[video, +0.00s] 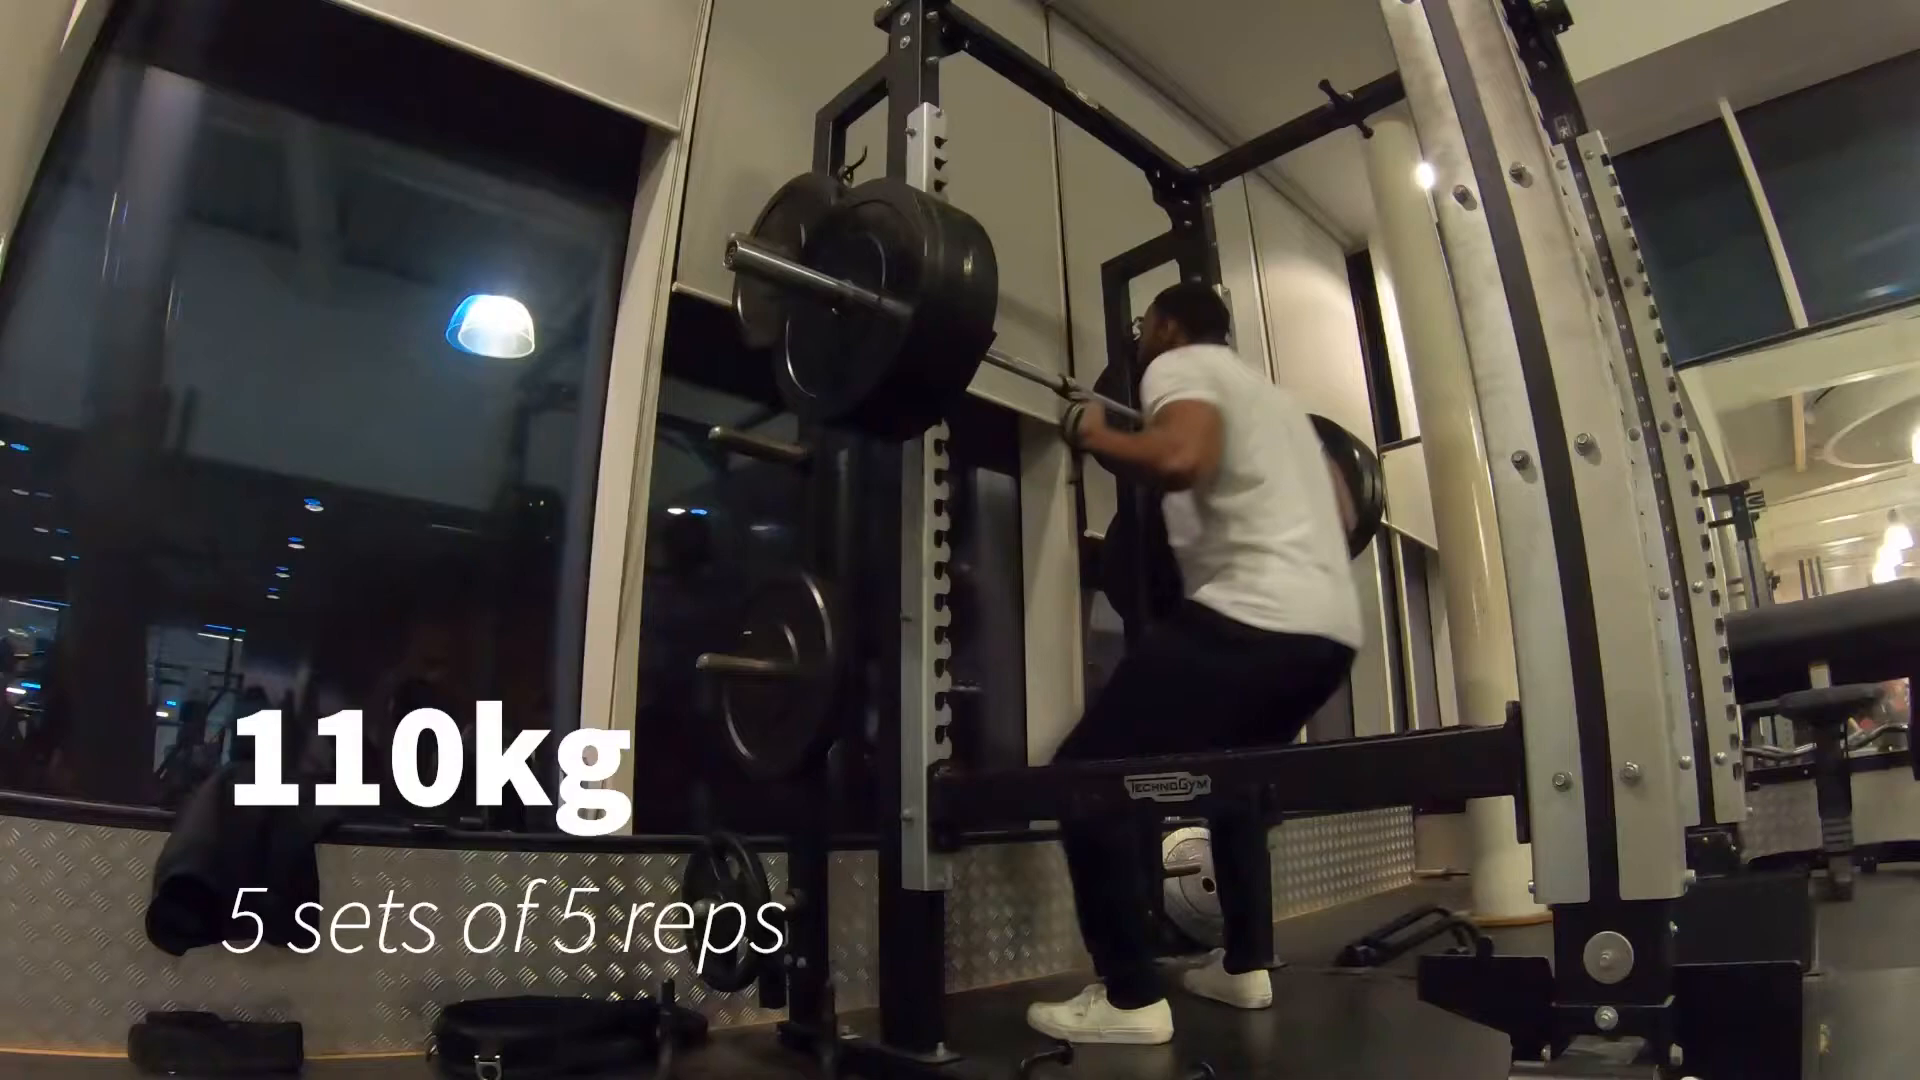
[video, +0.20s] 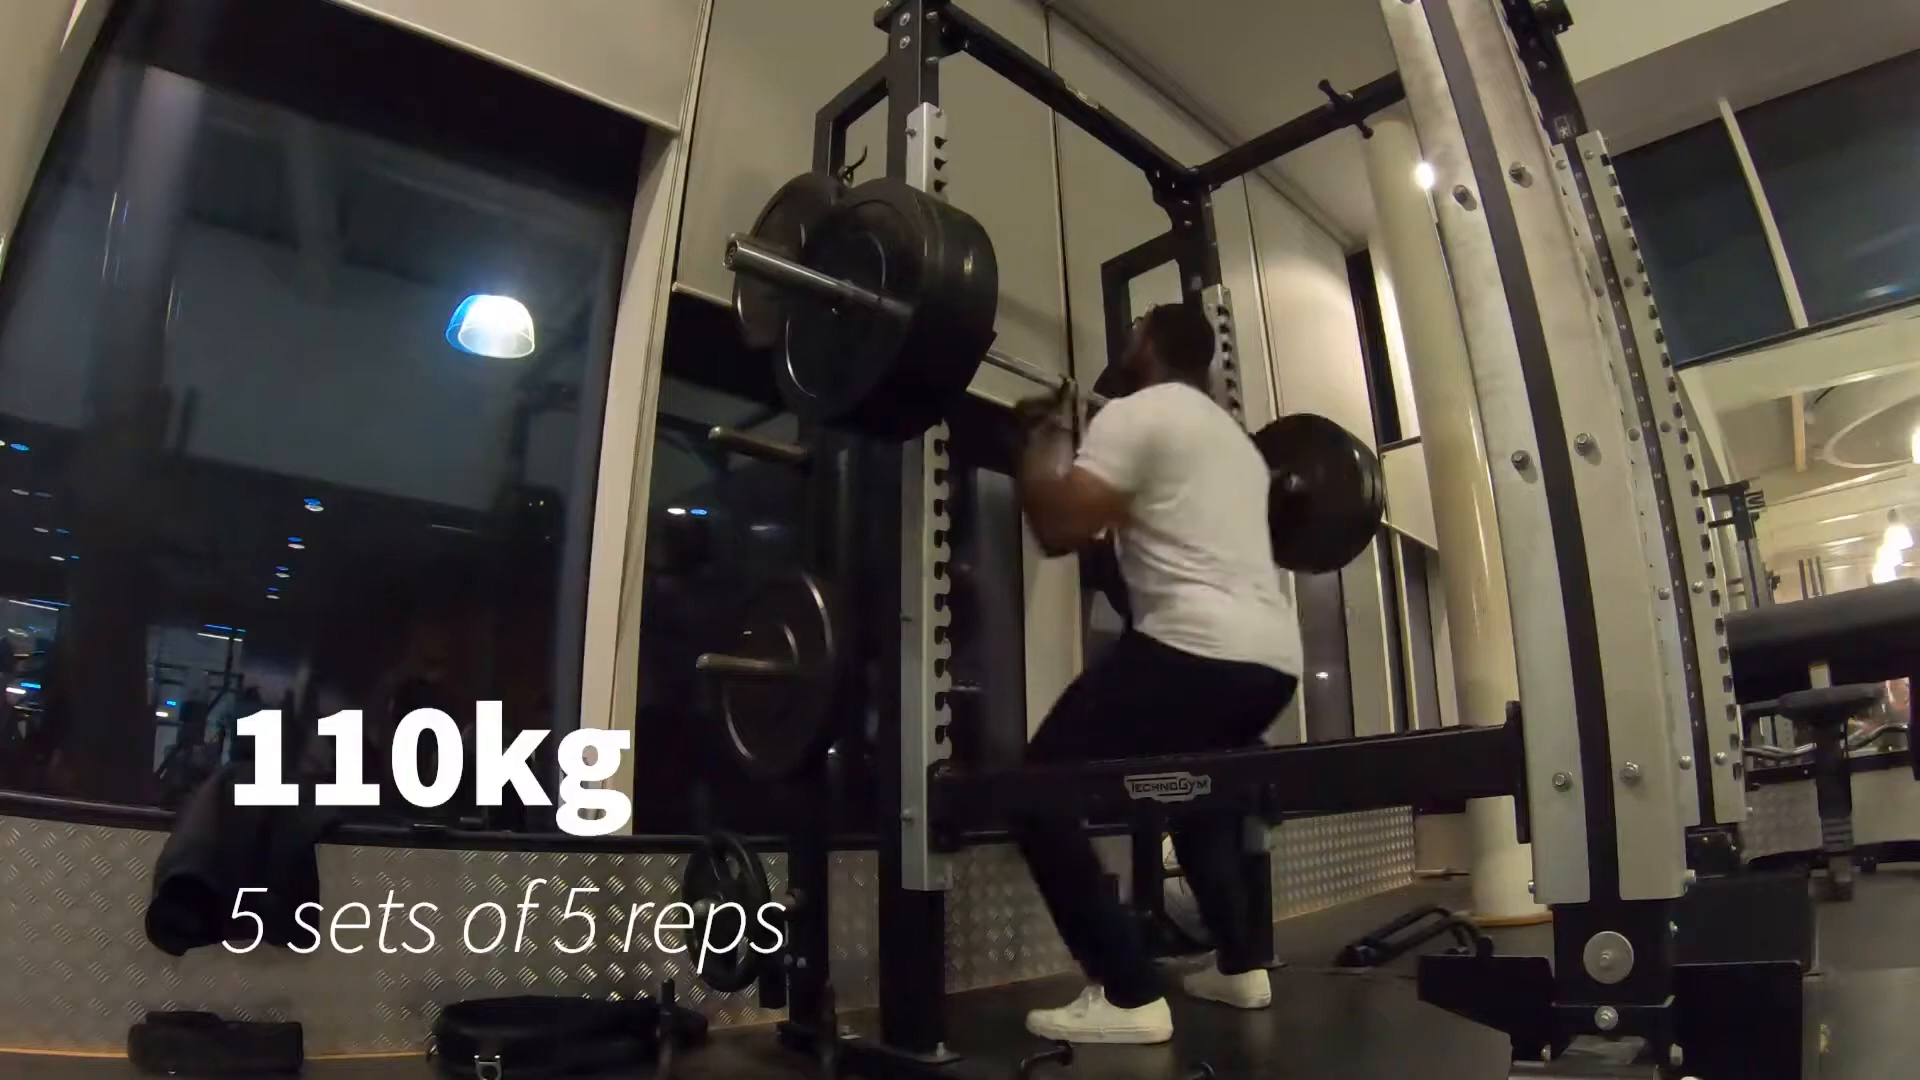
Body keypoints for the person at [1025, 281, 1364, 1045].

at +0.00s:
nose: (1142, 342)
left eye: (1146, 330)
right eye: (1145, 331)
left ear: (1167, 323)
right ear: (1218, 329)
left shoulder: (1183, 365)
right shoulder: (1277, 398)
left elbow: (1185, 452)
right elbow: (1342, 512)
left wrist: (1098, 437)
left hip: (1249, 621)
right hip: (1326, 635)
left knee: (1084, 777)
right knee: (1234, 779)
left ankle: (1130, 997)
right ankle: (1248, 966)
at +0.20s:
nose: (1123, 358)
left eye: (1131, 345)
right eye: (1130, 345)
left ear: (1149, 350)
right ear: (1200, 363)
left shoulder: (1137, 415)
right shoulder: (1238, 439)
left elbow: (1055, 524)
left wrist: (1040, 443)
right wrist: (1091, 465)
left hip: (1184, 653)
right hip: (1270, 668)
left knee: (1039, 795)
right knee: (1193, 786)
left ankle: (1127, 996)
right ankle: (1242, 964)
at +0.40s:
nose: (1124, 346)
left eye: (1133, 336)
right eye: (1131, 336)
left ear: (1147, 348)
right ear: (1196, 367)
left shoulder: (1107, 421)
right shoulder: (1213, 443)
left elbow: (988, 453)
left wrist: (1037, 367)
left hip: (1146, 661)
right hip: (1234, 673)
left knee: (1008, 805)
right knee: (1173, 797)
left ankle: (1127, 994)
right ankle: (1239, 966)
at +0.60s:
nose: (1124, 345)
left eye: (1133, 336)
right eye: (1132, 335)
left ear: (1143, 350)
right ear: (1195, 371)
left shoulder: (1099, 422)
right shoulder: (1202, 441)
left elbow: (977, 428)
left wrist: (1044, 356)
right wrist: (1068, 383)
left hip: (1125, 666)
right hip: (1215, 675)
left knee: (996, 810)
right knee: (1163, 807)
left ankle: (1126, 994)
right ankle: (1238, 965)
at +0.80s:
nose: (1131, 341)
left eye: (1140, 335)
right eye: (1141, 333)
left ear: (1148, 355)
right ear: (1197, 378)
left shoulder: (1093, 425)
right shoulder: (1200, 442)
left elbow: (980, 407)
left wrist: (1049, 351)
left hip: (1121, 670)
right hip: (1211, 678)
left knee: (993, 812)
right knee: (1160, 807)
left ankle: (1125, 993)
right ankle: (1237, 962)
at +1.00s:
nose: (1133, 342)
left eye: (1143, 337)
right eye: (1144, 334)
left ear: (1152, 359)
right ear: (1200, 383)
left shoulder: (1095, 426)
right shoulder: (1203, 446)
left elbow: (988, 394)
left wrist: (1055, 348)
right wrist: (1083, 379)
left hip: (1121, 672)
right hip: (1212, 680)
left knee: (997, 814)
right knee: (1159, 809)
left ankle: (1125, 993)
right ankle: (1237, 962)